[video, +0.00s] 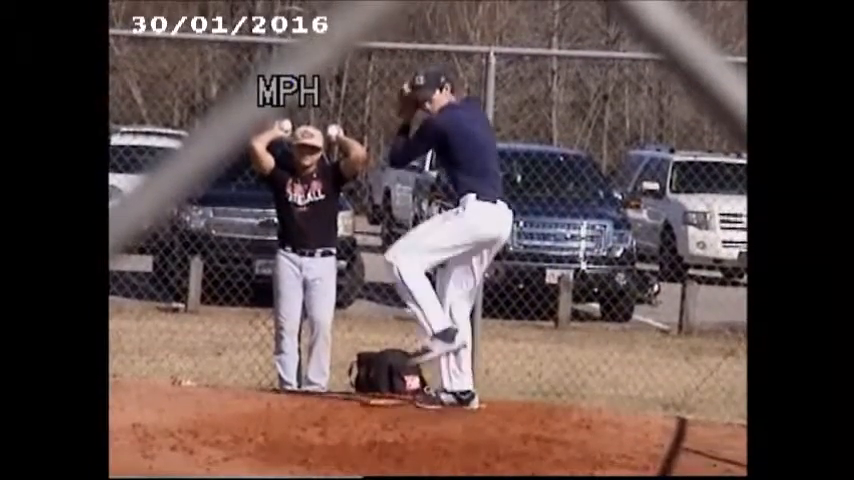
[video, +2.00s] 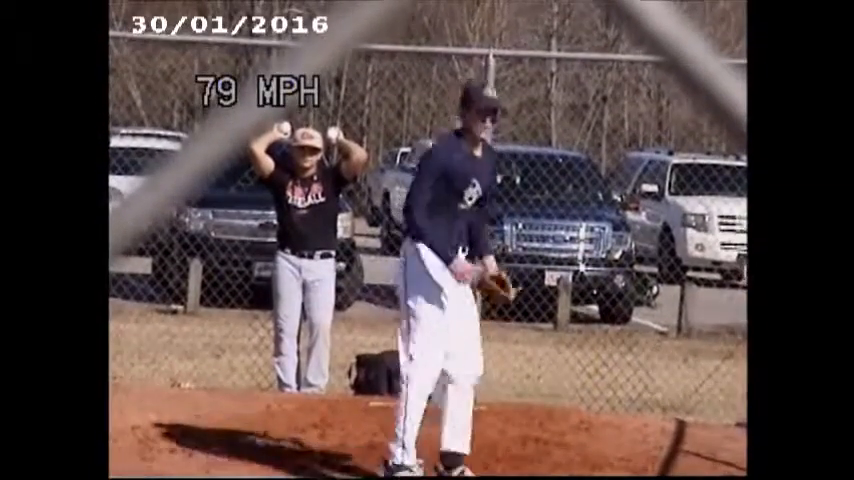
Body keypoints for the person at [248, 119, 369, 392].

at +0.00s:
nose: (307, 157)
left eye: (313, 151)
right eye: (302, 150)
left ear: (322, 152)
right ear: (292, 150)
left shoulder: (333, 174)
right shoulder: (281, 176)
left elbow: (360, 156)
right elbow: (256, 146)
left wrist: (341, 138)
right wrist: (277, 131)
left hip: (323, 258)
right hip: (288, 257)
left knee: (321, 321)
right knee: (286, 323)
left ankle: (317, 382)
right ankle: (287, 382)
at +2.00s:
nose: (307, 158)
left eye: (313, 153)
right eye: (302, 152)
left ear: (321, 153)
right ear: (292, 153)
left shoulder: (333, 177)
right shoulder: (281, 178)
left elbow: (361, 158)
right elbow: (256, 149)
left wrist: (341, 141)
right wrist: (275, 133)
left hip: (322, 261)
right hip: (288, 259)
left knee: (321, 324)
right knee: (285, 325)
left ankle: (315, 385)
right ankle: (286, 385)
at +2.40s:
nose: (307, 158)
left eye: (313, 152)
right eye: (301, 152)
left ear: (322, 154)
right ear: (292, 153)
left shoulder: (333, 177)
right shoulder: (281, 178)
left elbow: (362, 158)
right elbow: (250, 167)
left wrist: (341, 141)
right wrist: (275, 144)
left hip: (322, 261)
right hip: (288, 259)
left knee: (320, 324)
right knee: (285, 326)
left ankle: (315, 387)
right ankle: (286, 387)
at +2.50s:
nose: (309, 157)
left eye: (315, 151)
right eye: (303, 151)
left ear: (323, 153)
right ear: (293, 151)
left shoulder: (333, 176)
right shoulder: (281, 176)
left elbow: (364, 157)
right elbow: (254, 201)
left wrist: (341, 140)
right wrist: (269, 167)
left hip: (322, 260)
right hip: (287, 258)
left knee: (320, 322)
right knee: (285, 325)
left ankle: (315, 384)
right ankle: (286, 385)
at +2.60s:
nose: (310, 157)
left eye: (316, 152)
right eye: (305, 152)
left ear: (324, 155)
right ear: (295, 153)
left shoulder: (333, 178)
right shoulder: (280, 180)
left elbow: (365, 159)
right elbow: (261, 228)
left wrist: (341, 142)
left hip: (322, 262)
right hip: (287, 261)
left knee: (320, 324)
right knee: (285, 326)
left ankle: (315, 386)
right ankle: (287, 386)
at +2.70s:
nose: (309, 154)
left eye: (315, 150)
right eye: (304, 149)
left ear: (324, 153)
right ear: (295, 152)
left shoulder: (334, 176)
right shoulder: (282, 183)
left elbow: (367, 157)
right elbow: (272, 225)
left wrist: (342, 140)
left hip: (322, 261)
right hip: (288, 259)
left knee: (321, 324)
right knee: (286, 325)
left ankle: (316, 385)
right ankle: (287, 385)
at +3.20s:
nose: (310, 156)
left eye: (315, 152)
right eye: (305, 152)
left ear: (323, 156)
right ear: (295, 156)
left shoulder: (333, 179)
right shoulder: (286, 190)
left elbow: (373, 161)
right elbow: (287, 230)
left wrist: (343, 142)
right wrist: (293, 262)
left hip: (324, 263)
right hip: (291, 261)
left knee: (321, 327)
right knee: (287, 328)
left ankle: (316, 389)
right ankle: (287, 388)